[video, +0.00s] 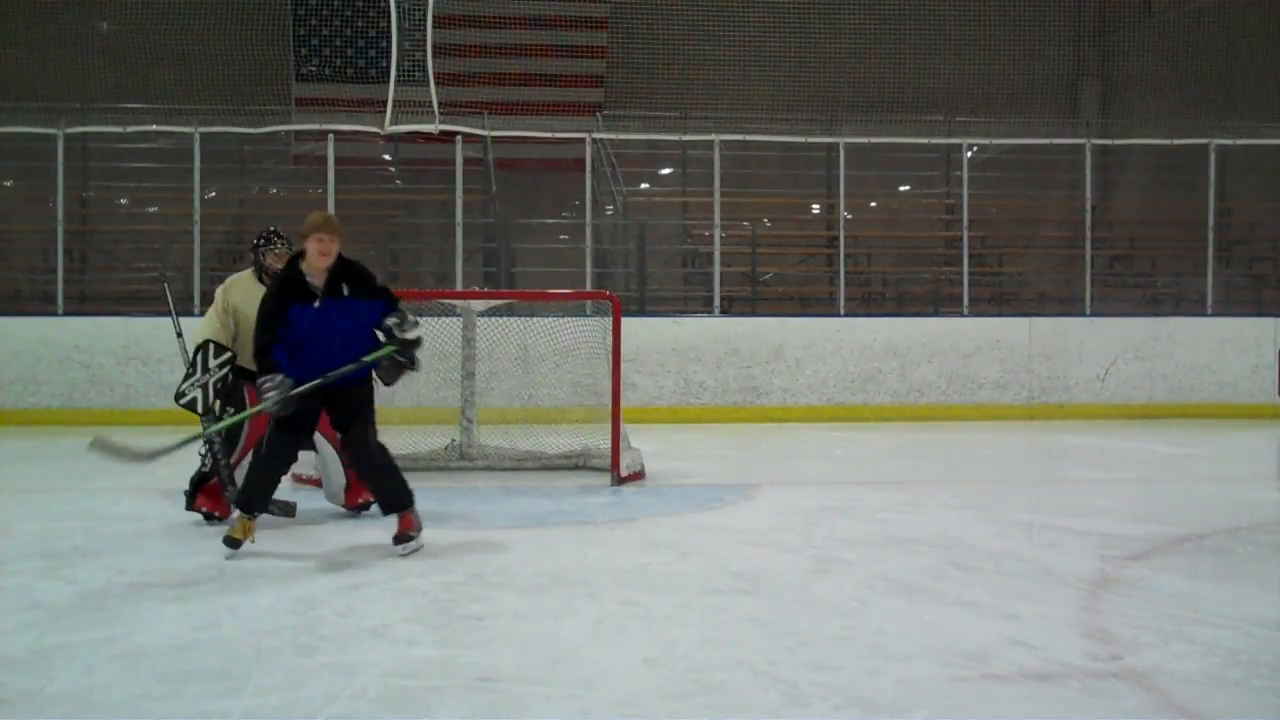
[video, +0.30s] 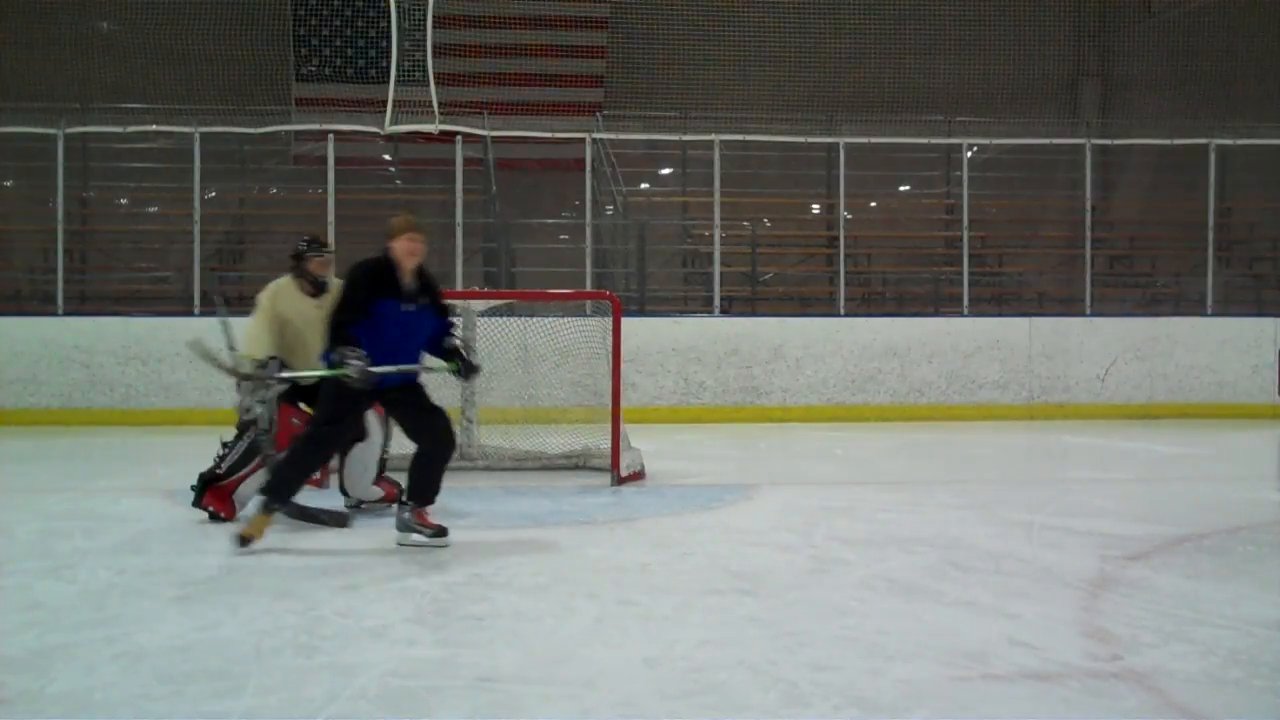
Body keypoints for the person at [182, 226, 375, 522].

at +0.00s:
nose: (280, 260)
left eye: (285, 254)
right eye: (273, 254)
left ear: (292, 255)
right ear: (259, 257)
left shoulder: (303, 286)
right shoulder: (235, 288)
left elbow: (330, 331)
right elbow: (213, 331)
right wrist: (215, 371)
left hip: (302, 373)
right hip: (251, 374)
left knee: (333, 430)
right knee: (248, 431)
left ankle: (353, 487)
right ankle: (210, 491)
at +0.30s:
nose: (324, 267)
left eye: (327, 261)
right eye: (317, 262)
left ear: (332, 263)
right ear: (300, 264)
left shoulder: (340, 292)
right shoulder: (275, 295)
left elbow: (352, 333)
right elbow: (259, 342)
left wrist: (352, 364)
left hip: (325, 378)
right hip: (284, 378)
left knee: (369, 421)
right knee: (270, 432)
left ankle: (360, 488)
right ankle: (218, 488)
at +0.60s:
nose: (426, 258)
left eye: (427, 252)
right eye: (419, 252)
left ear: (426, 255)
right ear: (403, 255)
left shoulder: (413, 284)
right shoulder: (387, 278)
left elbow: (415, 327)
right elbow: (371, 322)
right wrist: (386, 352)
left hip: (375, 359)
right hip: (346, 355)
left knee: (398, 421)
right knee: (336, 424)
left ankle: (384, 487)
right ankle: (279, 484)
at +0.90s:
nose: (498, 262)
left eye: (501, 256)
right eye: (491, 256)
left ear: (505, 259)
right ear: (474, 258)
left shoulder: (500, 290)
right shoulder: (455, 285)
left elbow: (502, 337)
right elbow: (456, 342)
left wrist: (503, 374)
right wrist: (472, 381)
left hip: (456, 359)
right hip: (419, 352)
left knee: (462, 421)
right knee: (446, 423)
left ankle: (440, 484)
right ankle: (419, 490)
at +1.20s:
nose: (579, 271)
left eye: (581, 265)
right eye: (572, 265)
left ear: (583, 268)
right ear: (555, 268)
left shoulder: (579, 303)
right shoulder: (539, 294)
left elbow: (584, 350)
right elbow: (537, 348)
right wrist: (553, 390)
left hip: (534, 371)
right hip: (502, 363)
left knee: (551, 428)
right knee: (539, 428)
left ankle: (517, 487)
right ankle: (513, 491)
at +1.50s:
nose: (663, 270)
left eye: (665, 264)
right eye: (655, 265)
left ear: (666, 268)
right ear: (639, 269)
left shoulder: (657, 302)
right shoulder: (623, 292)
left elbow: (657, 348)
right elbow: (617, 339)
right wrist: (631, 379)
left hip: (615, 371)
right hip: (582, 363)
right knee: (593, 433)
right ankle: (560, 494)